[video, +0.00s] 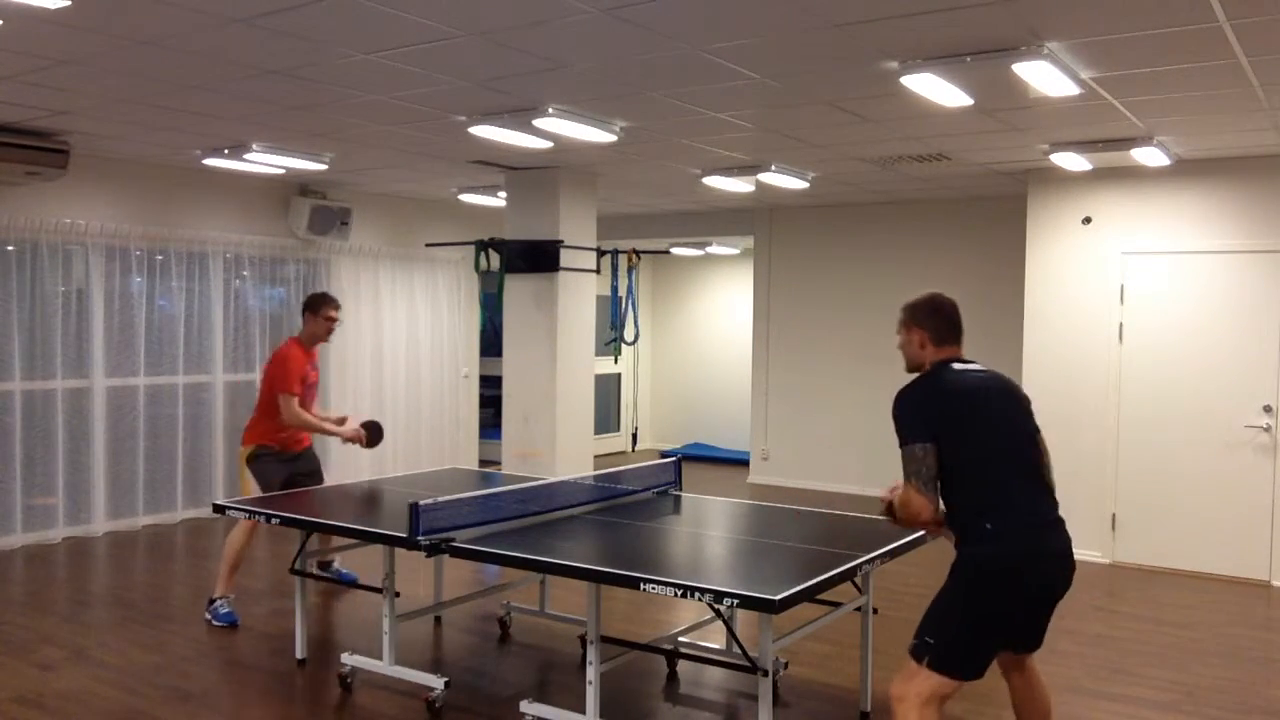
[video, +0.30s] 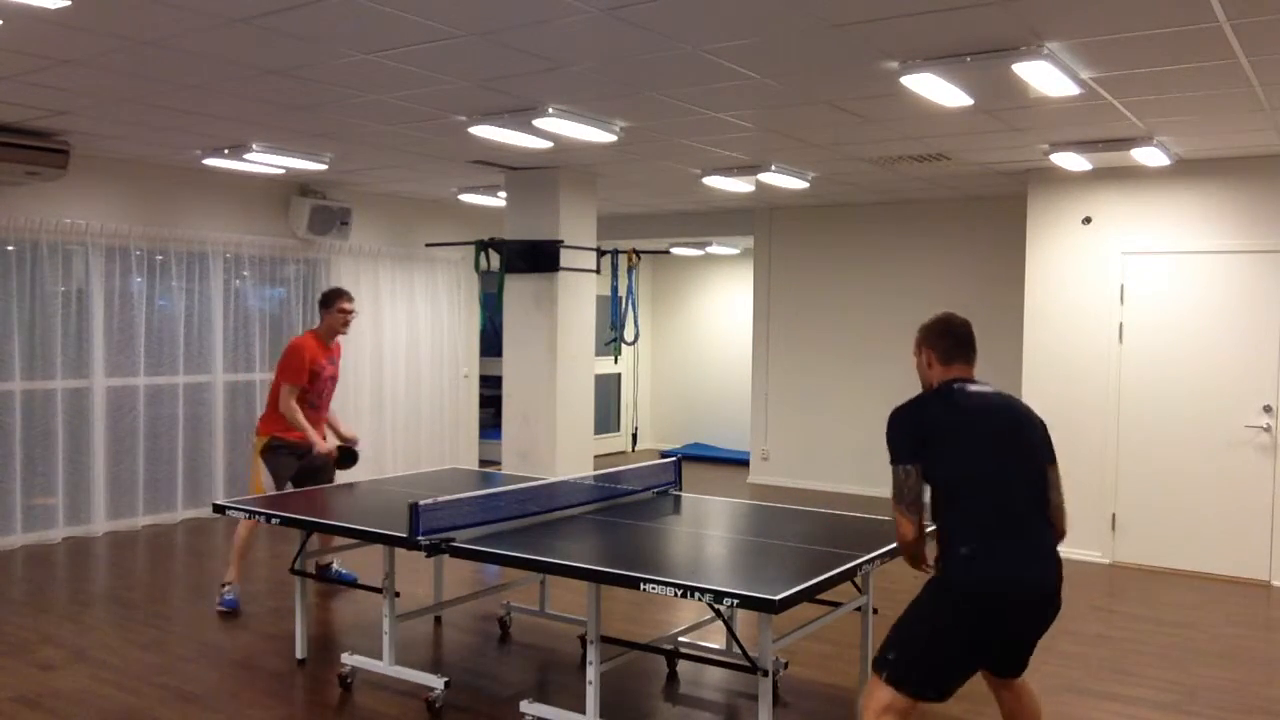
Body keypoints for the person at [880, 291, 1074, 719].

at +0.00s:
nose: (900, 348)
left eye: (902, 339)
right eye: (900, 339)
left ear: (921, 339)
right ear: (957, 338)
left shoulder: (917, 397)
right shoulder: (1005, 386)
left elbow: (920, 511)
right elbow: (1040, 481)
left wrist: (897, 502)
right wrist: (952, 516)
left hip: (993, 561)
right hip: (1053, 554)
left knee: (913, 694)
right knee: (1017, 660)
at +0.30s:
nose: (917, 368)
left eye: (916, 358)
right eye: (918, 358)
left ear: (926, 357)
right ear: (973, 358)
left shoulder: (912, 416)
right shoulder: (1023, 414)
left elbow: (909, 533)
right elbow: (1056, 524)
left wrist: (917, 560)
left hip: (967, 582)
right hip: (1040, 579)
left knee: (883, 705)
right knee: (1005, 674)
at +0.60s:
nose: (940, 416)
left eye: (939, 410)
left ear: (942, 410)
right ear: (991, 400)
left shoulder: (930, 463)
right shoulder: (1047, 438)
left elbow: (945, 544)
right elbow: (1073, 531)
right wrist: (1067, 573)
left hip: (980, 606)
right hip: (1063, 602)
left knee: (910, 708)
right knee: (1078, 705)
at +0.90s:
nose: (986, 353)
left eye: (987, 344)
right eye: (987, 344)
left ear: (996, 343)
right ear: (1041, 342)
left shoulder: (980, 402)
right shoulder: (1094, 389)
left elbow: (992, 510)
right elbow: (1147, 489)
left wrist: (995, 595)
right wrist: (1089, 529)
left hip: (1052, 561)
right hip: (1126, 556)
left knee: (993, 702)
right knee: (1092, 676)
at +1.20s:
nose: (1003, 307)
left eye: (1006, 296)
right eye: (1005, 296)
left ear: (1020, 300)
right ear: (1064, 303)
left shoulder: (1011, 371)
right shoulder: (1109, 368)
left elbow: (1013, 482)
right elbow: (1143, 466)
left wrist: (978, 576)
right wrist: (1087, 504)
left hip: (1072, 552)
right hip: (1130, 546)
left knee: (1030, 687)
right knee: (1083, 672)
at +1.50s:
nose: (1009, 324)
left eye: (1012, 314)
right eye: (1011, 314)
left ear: (1025, 315)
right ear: (1066, 320)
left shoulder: (1021, 381)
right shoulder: (1098, 379)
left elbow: (1014, 490)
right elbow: (1097, 483)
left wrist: (978, 560)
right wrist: (1027, 521)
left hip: (1079, 554)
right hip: (1129, 549)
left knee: (1030, 690)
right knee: (1076, 674)